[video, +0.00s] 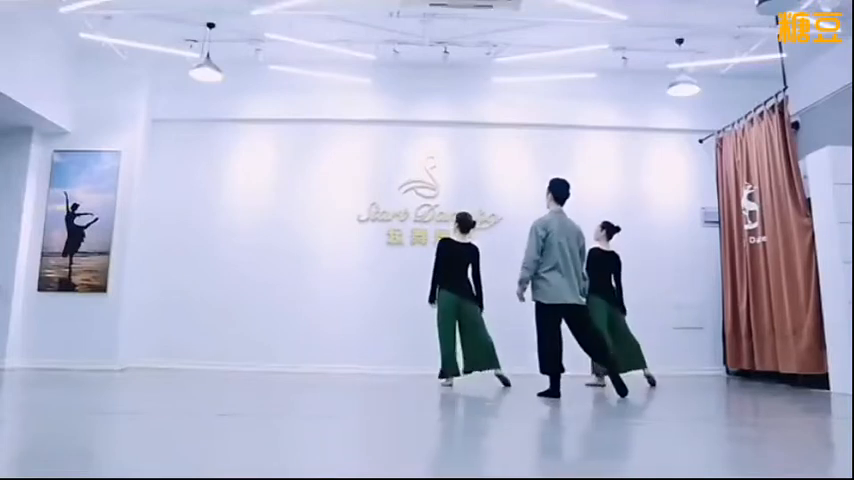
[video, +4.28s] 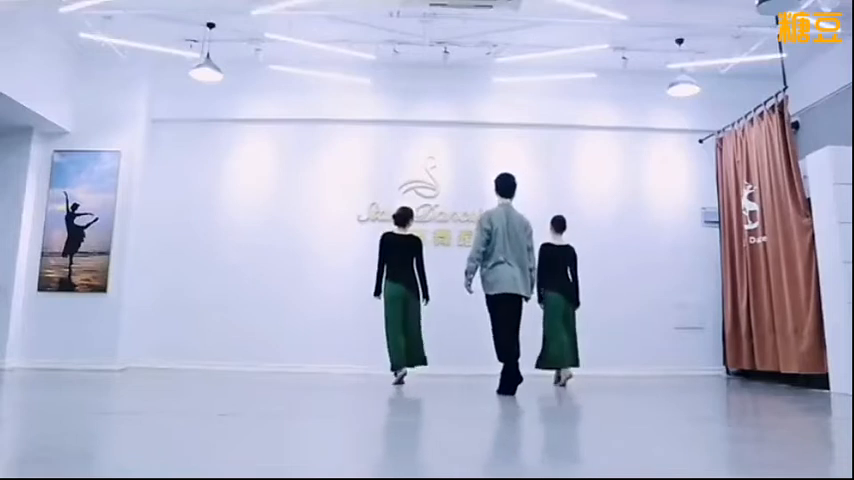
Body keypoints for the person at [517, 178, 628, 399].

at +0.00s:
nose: (545, 197)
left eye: (546, 193)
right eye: (548, 193)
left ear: (549, 195)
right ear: (565, 198)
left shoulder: (541, 225)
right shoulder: (576, 229)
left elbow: (531, 259)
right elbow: (581, 265)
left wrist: (522, 283)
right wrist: (581, 290)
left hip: (547, 295)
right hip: (572, 294)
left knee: (550, 342)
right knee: (589, 337)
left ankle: (554, 387)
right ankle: (614, 374)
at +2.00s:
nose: (541, 197)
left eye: (539, 193)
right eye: (551, 193)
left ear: (537, 196)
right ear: (557, 197)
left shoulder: (528, 226)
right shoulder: (567, 227)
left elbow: (519, 259)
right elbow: (577, 263)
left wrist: (511, 284)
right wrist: (580, 289)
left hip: (540, 296)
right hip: (566, 295)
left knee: (546, 343)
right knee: (587, 337)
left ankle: (553, 387)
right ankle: (611, 376)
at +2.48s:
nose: (529, 213)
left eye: (529, 209)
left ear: (529, 212)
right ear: (548, 212)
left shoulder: (524, 239)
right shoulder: (561, 239)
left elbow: (510, 268)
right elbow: (579, 273)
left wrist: (494, 291)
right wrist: (583, 298)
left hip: (538, 302)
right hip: (564, 301)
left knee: (539, 344)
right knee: (561, 335)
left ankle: (551, 387)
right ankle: (580, 373)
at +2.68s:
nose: (526, 228)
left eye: (525, 225)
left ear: (525, 226)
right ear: (543, 226)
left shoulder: (522, 250)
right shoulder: (558, 251)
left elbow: (510, 279)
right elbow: (576, 280)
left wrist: (493, 303)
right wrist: (583, 305)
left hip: (539, 305)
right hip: (564, 303)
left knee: (535, 349)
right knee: (551, 335)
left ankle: (551, 386)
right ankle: (559, 370)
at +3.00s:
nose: (517, 234)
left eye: (518, 231)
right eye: (518, 232)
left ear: (521, 231)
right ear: (537, 230)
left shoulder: (519, 248)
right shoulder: (552, 248)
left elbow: (511, 280)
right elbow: (565, 280)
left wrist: (503, 306)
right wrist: (569, 311)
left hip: (534, 303)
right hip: (559, 303)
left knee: (531, 344)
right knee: (529, 341)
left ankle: (551, 385)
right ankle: (525, 368)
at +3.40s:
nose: (513, 203)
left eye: (513, 200)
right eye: (516, 199)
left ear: (514, 200)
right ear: (532, 200)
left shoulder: (510, 222)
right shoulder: (544, 226)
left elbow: (503, 253)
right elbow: (552, 262)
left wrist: (497, 278)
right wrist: (553, 290)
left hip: (519, 287)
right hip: (542, 288)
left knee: (526, 335)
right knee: (530, 335)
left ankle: (546, 376)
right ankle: (517, 380)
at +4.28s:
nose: (498, 191)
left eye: (496, 187)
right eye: (506, 187)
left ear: (495, 190)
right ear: (514, 191)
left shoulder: (488, 218)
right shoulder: (524, 222)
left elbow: (478, 250)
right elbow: (530, 257)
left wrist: (469, 273)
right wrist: (530, 285)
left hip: (494, 282)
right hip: (518, 282)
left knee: (500, 329)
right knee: (513, 331)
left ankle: (513, 371)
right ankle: (507, 382)